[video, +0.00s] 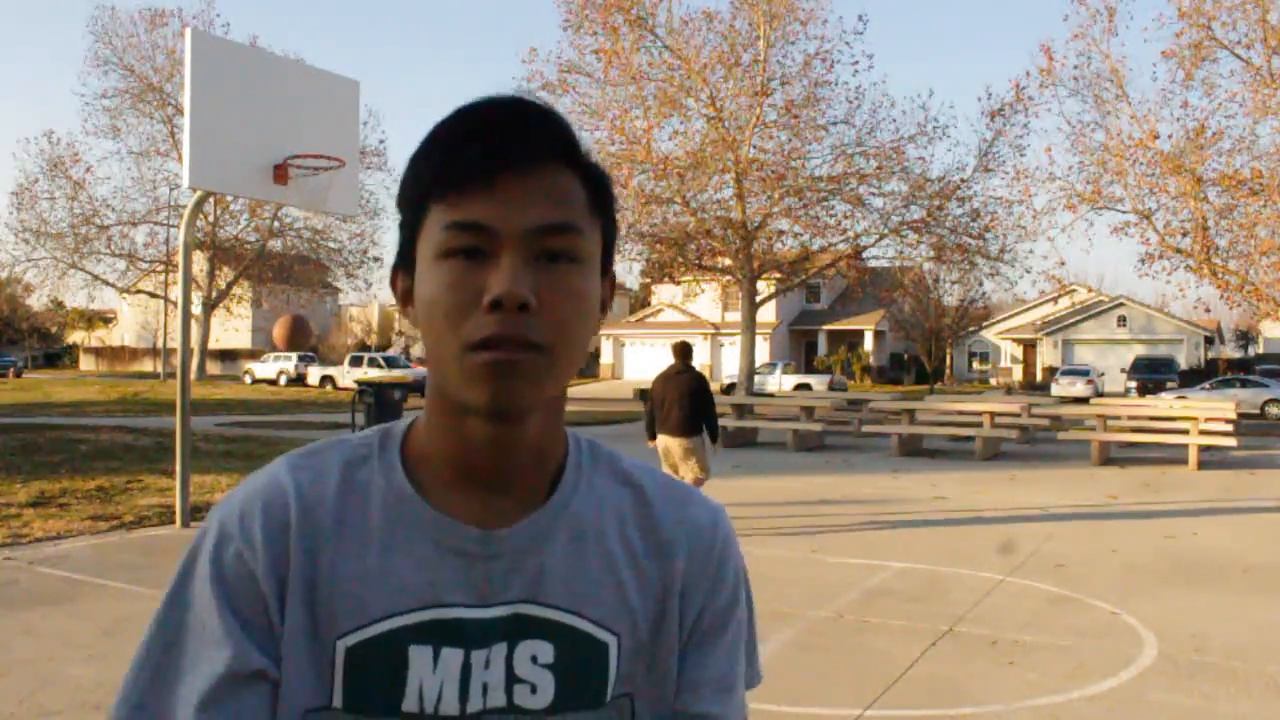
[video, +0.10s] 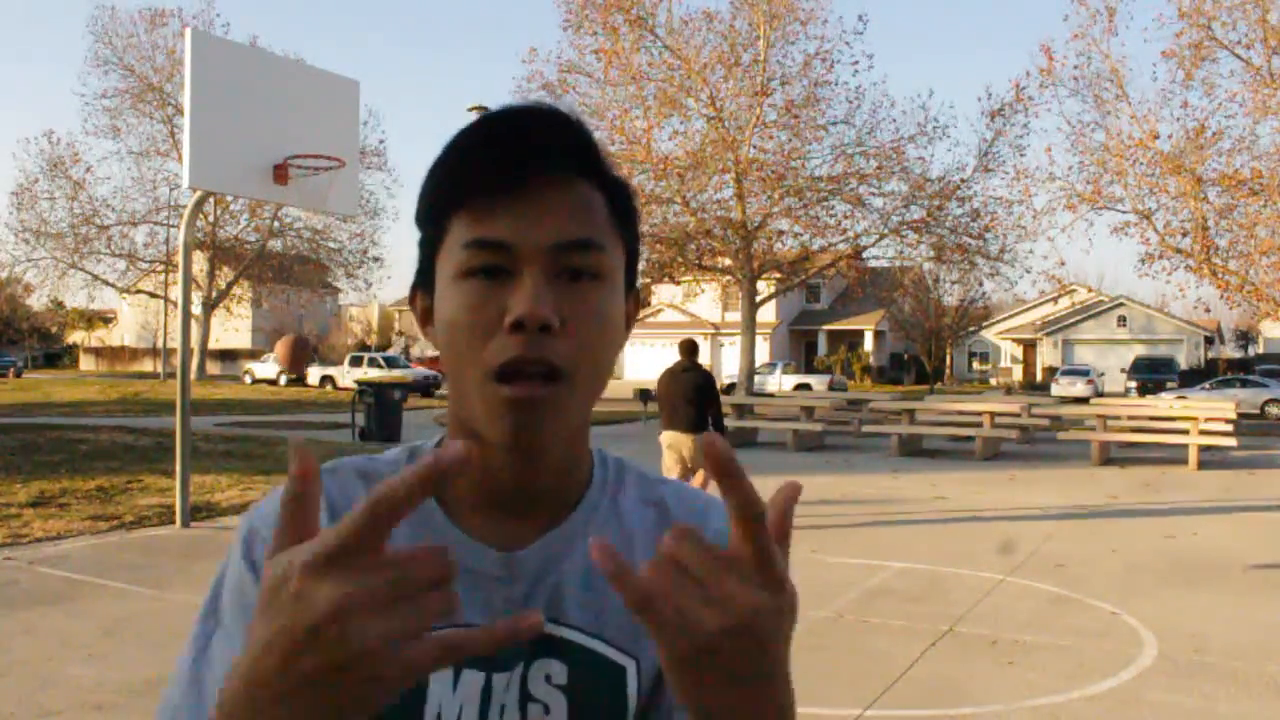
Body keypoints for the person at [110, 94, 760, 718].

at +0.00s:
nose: (509, 290)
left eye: (554, 255)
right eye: (467, 252)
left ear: (607, 298)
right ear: (405, 290)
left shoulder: (689, 549)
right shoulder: (269, 535)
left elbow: (713, 709)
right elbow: (182, 709)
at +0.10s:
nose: (533, 312)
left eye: (578, 273)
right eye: (488, 271)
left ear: (628, 316)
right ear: (426, 318)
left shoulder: (703, 548)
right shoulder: (300, 536)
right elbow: (190, 704)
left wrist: (751, 703)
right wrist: (263, 697)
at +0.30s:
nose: (556, 363)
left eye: (598, 321)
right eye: (511, 322)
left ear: (651, 359)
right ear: (450, 360)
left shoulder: (734, 569)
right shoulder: (373, 575)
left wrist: (791, 558)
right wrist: (336, 547)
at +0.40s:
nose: (564, 382)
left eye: (606, 341)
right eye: (519, 342)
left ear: (665, 377)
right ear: (456, 383)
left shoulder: (753, 586)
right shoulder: (394, 597)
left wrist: (785, 547)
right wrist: (355, 562)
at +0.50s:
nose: (570, 390)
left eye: (612, 346)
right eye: (521, 351)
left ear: (671, 376)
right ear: (460, 390)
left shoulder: (757, 587)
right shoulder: (402, 605)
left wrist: (808, 549)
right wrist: (341, 579)